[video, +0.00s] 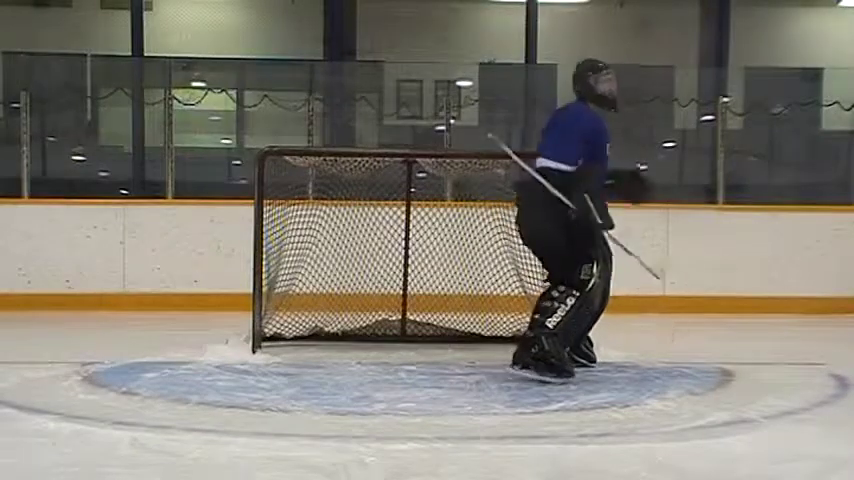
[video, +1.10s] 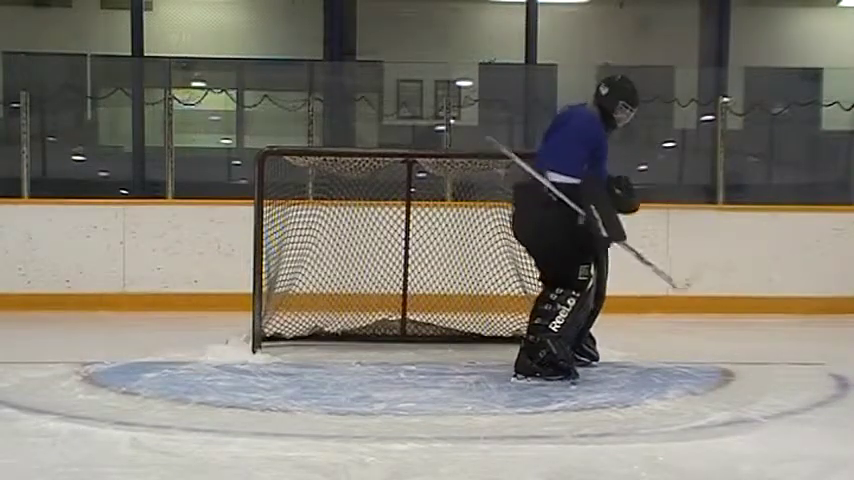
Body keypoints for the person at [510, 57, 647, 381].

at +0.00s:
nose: (614, 87)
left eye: (613, 80)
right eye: (608, 81)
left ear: (587, 86)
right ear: (590, 84)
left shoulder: (562, 117)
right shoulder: (591, 123)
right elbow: (584, 184)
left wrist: (618, 178)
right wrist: (598, 225)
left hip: (533, 209)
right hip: (557, 212)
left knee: (565, 275)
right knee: (592, 274)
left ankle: (536, 343)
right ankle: (548, 343)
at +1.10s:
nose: (624, 117)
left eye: (628, 111)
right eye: (624, 109)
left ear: (602, 97)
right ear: (610, 102)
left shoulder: (569, 116)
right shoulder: (594, 130)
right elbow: (595, 187)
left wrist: (605, 191)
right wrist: (615, 231)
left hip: (528, 209)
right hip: (556, 213)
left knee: (558, 280)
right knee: (582, 279)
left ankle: (537, 348)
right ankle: (544, 351)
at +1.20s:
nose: (629, 122)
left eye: (633, 117)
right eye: (627, 114)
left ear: (604, 104)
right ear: (612, 105)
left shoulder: (586, 123)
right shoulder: (590, 129)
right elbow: (575, 191)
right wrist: (598, 235)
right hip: (545, 211)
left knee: (560, 280)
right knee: (574, 280)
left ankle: (542, 349)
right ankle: (540, 353)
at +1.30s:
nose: (633, 133)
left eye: (637, 127)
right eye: (630, 125)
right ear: (615, 116)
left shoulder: (591, 134)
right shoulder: (594, 141)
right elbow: (579, 207)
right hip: (536, 214)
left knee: (560, 281)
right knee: (573, 281)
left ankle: (543, 349)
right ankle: (540, 353)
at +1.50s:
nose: (642, 175)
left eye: (646, 170)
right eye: (640, 167)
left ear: (618, 152)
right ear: (628, 159)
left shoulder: (591, 163)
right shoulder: (610, 187)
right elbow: (600, 239)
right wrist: (617, 279)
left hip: (514, 220)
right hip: (535, 232)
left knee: (564, 287)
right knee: (592, 288)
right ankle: (541, 356)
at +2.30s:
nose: (629, 136)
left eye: (629, 130)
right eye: (622, 130)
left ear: (597, 134)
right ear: (604, 132)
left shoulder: (583, 154)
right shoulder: (600, 164)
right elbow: (592, 226)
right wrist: (610, 275)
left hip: (516, 219)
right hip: (535, 225)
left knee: (560, 289)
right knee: (586, 286)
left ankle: (537, 352)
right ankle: (542, 353)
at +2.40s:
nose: (624, 128)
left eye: (624, 122)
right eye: (617, 123)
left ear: (596, 126)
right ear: (600, 125)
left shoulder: (580, 148)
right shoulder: (595, 156)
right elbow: (588, 214)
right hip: (537, 224)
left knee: (560, 288)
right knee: (584, 287)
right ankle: (538, 354)